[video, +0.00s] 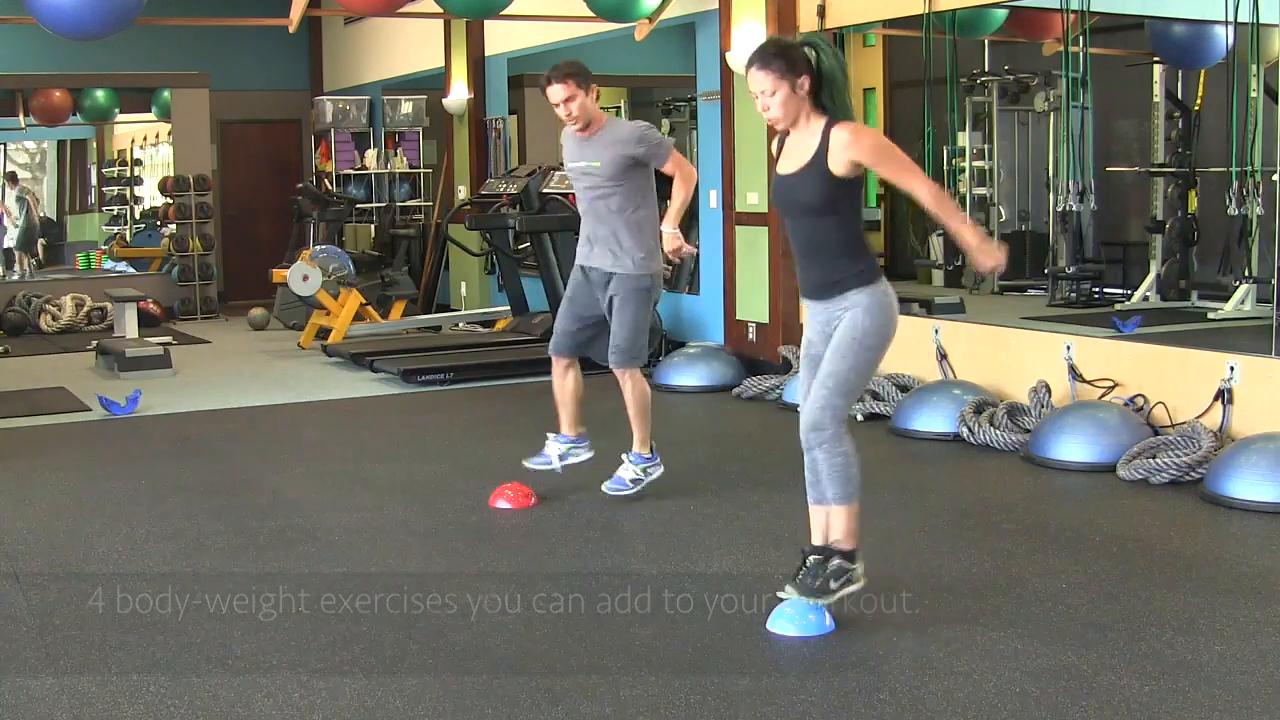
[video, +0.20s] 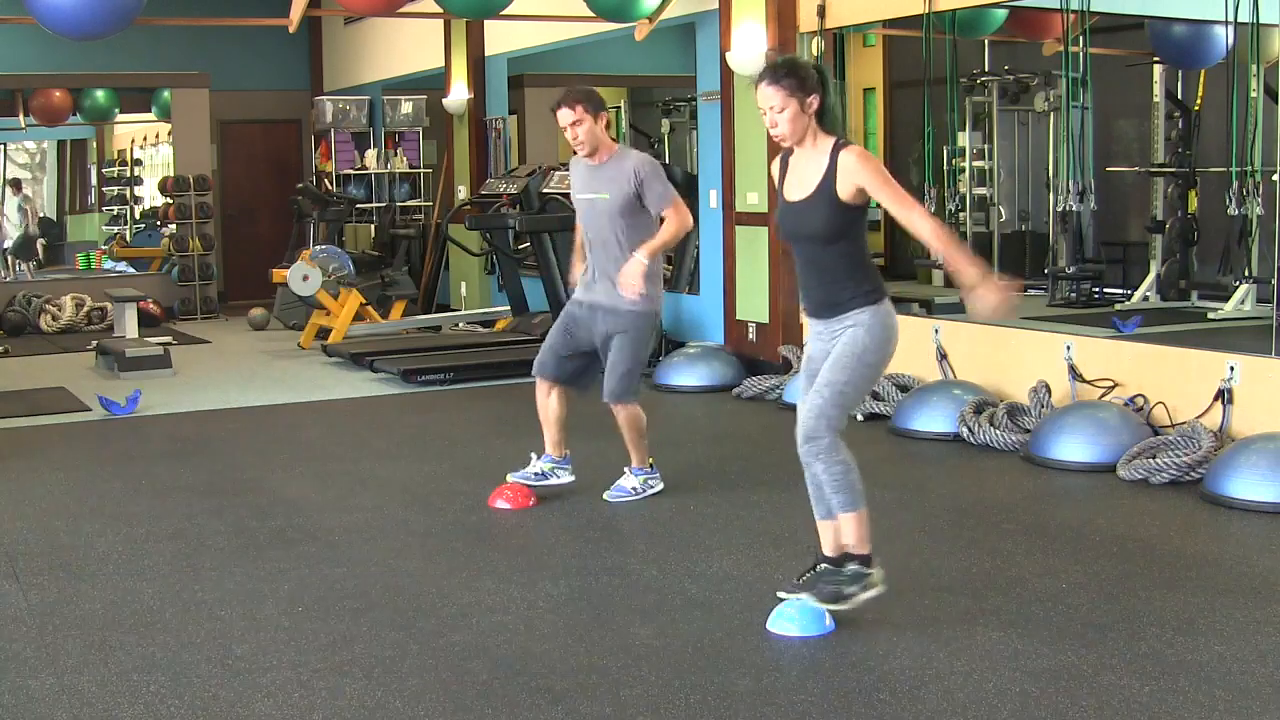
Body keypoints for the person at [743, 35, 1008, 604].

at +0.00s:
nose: (761, 106)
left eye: (768, 94)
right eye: (756, 96)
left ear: (801, 85)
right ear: (763, 94)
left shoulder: (847, 138)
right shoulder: (782, 144)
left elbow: (922, 187)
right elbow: (810, 221)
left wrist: (977, 243)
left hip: (863, 305)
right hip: (817, 310)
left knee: (824, 417)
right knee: (812, 421)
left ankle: (844, 556)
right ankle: (820, 550)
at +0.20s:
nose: (769, 121)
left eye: (777, 109)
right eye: (763, 111)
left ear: (810, 103)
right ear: (763, 112)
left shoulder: (851, 161)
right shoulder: (780, 165)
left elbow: (918, 219)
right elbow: (805, 244)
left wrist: (976, 277)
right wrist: (806, 315)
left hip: (865, 321)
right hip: (819, 326)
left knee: (817, 428)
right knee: (811, 436)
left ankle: (859, 562)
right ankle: (832, 559)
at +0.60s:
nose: (776, 276)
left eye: (785, 264)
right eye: (772, 265)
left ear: (821, 262)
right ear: (770, 268)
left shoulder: (855, 317)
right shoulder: (795, 318)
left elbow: (794, 381)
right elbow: (734, 379)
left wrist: (762, 306)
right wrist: (725, 305)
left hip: (940, 429)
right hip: (884, 432)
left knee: (868, 483)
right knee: (795, 469)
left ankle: (920, 600)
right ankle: (835, 568)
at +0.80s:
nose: (778, 341)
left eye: (787, 331)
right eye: (775, 331)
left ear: (824, 328)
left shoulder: (858, 377)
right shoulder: (795, 374)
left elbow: (798, 439)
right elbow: (732, 422)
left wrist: (767, 364)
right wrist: (725, 357)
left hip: (952, 460)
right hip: (890, 457)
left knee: (871, 484)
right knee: (799, 469)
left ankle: (919, 600)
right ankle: (836, 568)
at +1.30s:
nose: (812, 114)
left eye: (818, 101)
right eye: (808, 103)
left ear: (855, 92)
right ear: (822, 101)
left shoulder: (896, 158)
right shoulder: (840, 154)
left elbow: (923, 253)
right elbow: (855, 238)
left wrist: (930, 341)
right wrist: (856, 297)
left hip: (919, 323)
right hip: (867, 317)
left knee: (899, 452)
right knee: (814, 415)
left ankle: (919, 590)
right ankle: (825, 541)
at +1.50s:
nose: (816, 121)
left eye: (824, 108)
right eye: (812, 109)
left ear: (860, 105)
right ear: (833, 111)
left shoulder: (897, 171)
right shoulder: (854, 164)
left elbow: (970, 234)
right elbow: (908, 216)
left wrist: (1034, 283)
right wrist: (958, 249)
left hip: (910, 345)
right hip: (862, 340)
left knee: (892, 470)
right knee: (804, 437)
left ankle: (927, 597)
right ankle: (830, 557)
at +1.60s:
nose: (815, 116)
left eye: (822, 104)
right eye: (811, 106)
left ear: (857, 98)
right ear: (829, 104)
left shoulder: (894, 166)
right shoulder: (851, 162)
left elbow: (953, 244)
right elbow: (881, 244)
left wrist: (1002, 308)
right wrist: (922, 290)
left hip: (911, 336)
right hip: (865, 331)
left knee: (897, 461)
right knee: (803, 428)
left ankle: (929, 594)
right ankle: (827, 548)